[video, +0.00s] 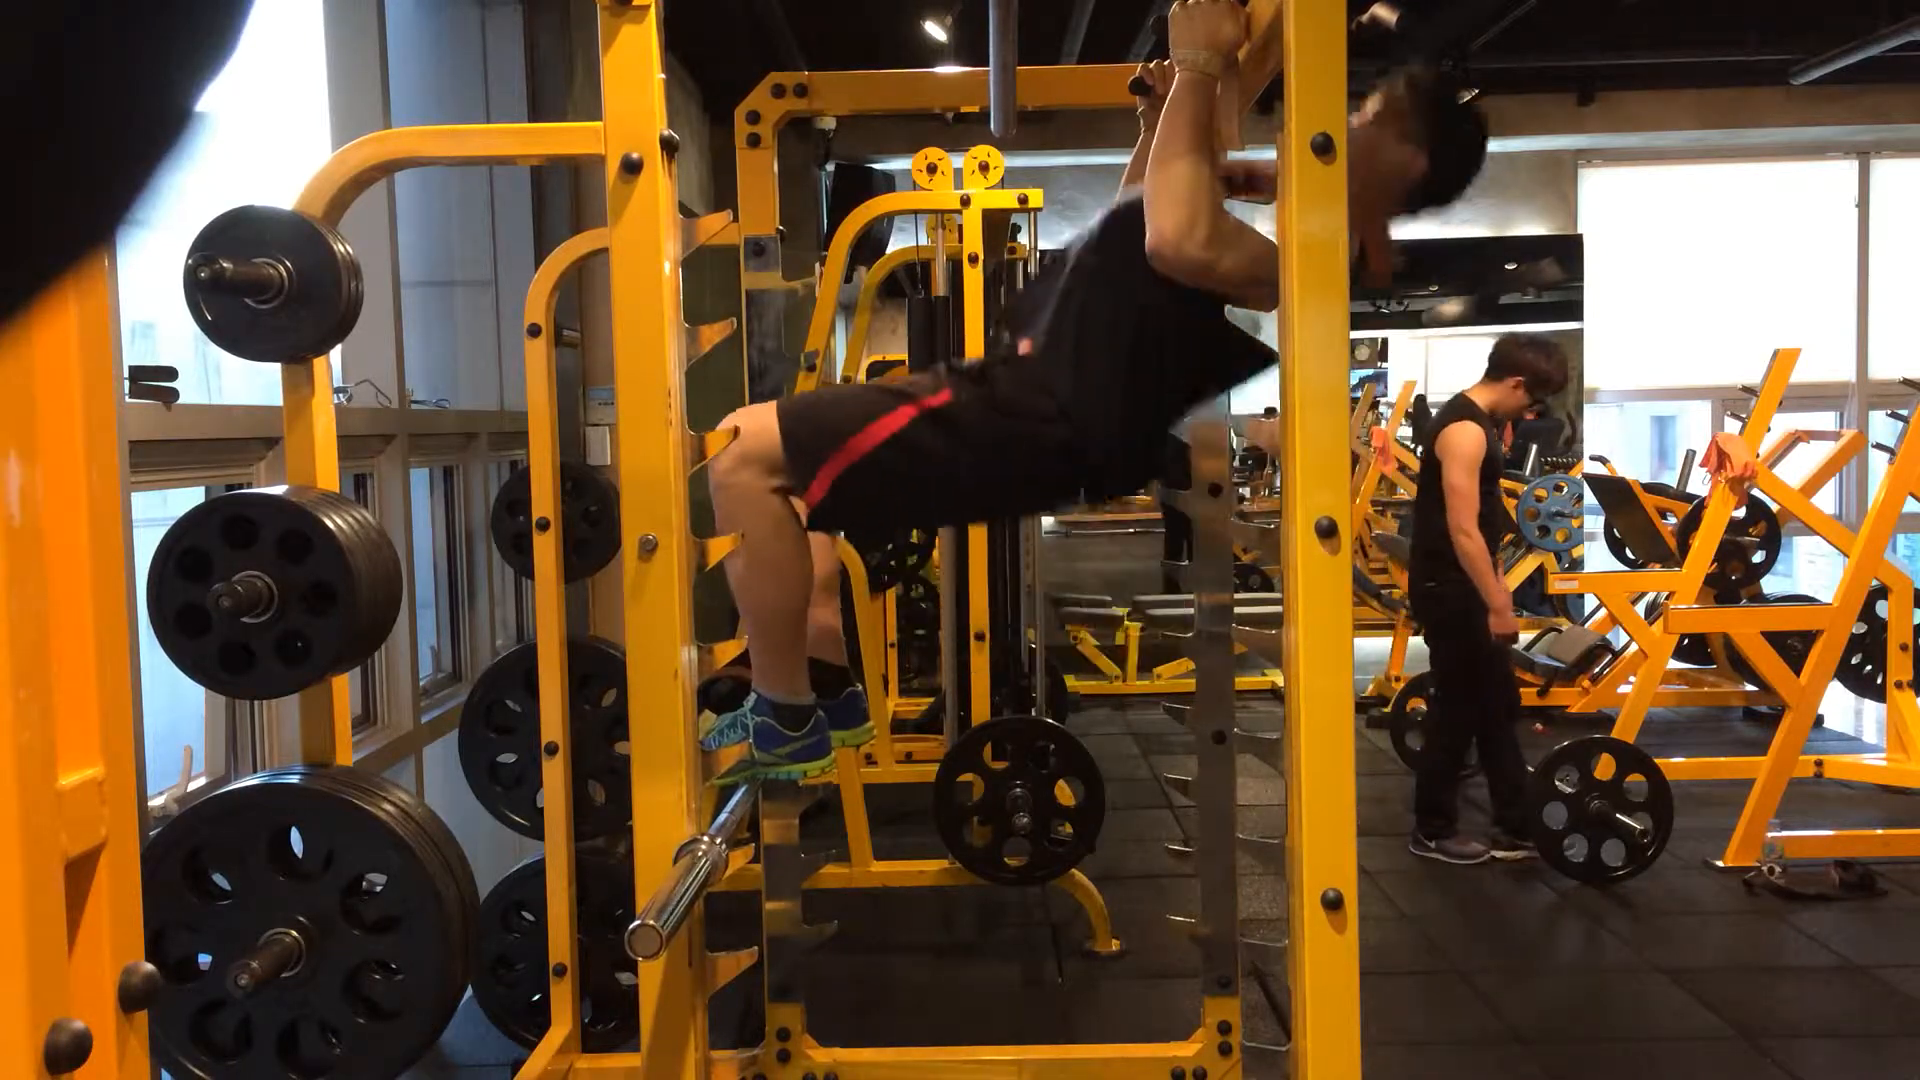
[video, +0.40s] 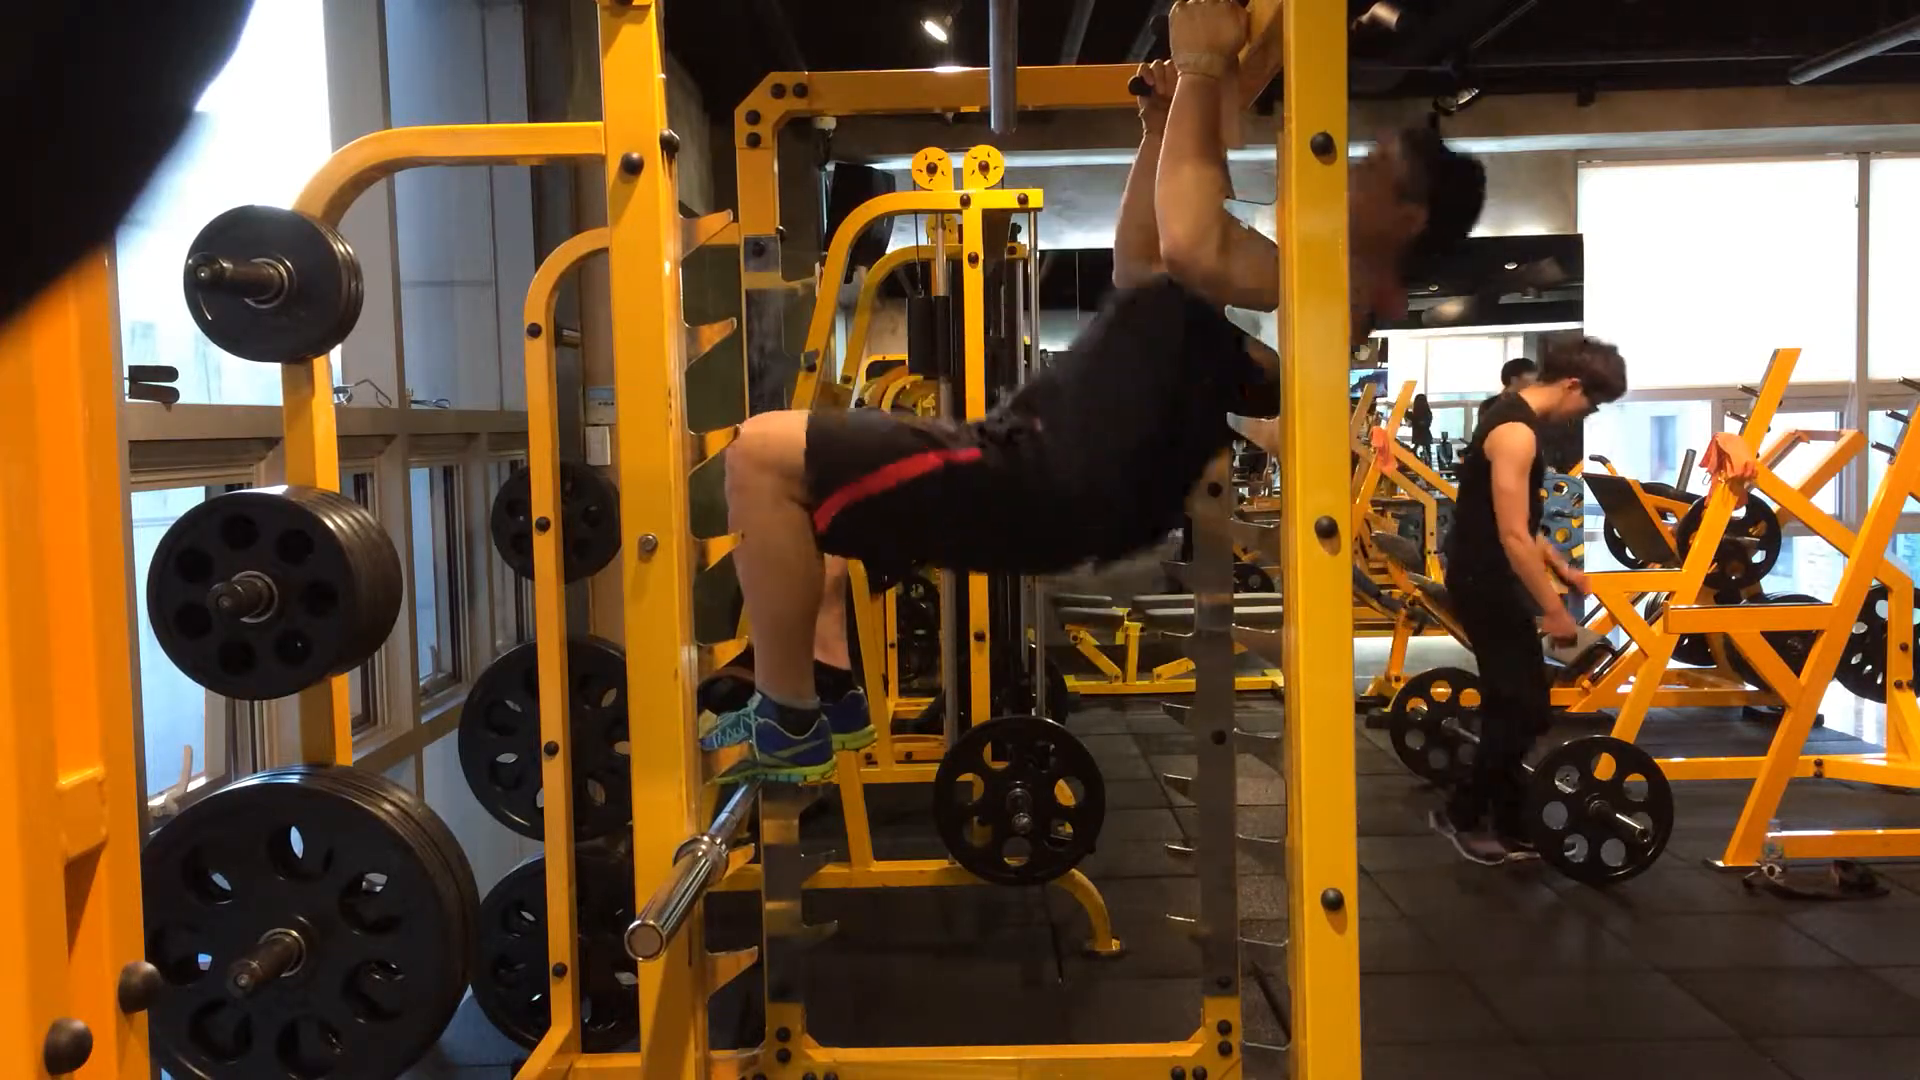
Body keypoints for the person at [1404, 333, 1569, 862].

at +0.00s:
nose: (1530, 411)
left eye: (1535, 403)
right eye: (1532, 400)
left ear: (1509, 382)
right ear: (1513, 383)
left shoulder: (1474, 423)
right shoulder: (1463, 430)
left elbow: (1472, 526)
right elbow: (1462, 531)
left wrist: (1495, 592)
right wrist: (1499, 603)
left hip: (1465, 588)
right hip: (1450, 591)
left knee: (1496, 706)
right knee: (1457, 709)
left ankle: (1515, 824)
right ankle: (1432, 830)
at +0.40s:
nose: (1583, 415)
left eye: (1589, 407)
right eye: (1588, 405)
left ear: (1566, 381)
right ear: (1572, 385)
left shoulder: (1513, 420)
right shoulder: (1514, 434)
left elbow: (1517, 524)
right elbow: (1512, 538)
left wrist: (1563, 569)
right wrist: (1554, 608)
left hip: (1493, 578)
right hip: (1486, 583)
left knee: (1522, 702)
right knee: (1516, 703)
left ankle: (1498, 821)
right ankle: (1472, 820)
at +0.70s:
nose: (1626, 452)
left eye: (1634, 446)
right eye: (1632, 441)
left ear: (1615, 415)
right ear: (1617, 419)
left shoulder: (1565, 443)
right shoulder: (1552, 455)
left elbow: (1586, 520)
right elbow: (1539, 560)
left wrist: (1631, 568)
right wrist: (1567, 632)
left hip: (1495, 574)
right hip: (1478, 577)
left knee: (1509, 701)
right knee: (1503, 704)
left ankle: (1504, 824)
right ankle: (1494, 838)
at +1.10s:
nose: (1662, 517)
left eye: (1671, 515)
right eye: (1670, 511)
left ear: (1661, 469)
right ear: (1664, 484)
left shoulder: (1606, 446)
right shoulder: (1606, 516)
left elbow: (1616, 539)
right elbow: (1585, 618)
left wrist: (1652, 590)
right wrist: (1594, 697)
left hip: (1471, 551)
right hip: (1483, 570)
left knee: (1501, 700)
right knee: (1501, 705)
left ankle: (1495, 824)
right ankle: (1493, 838)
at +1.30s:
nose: (1680, 532)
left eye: (1690, 528)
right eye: (1687, 524)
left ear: (1677, 476)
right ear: (1682, 503)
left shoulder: (1618, 446)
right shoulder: (1624, 530)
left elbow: (1622, 540)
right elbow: (1595, 632)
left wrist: (1653, 591)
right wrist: (1602, 716)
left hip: (1465, 547)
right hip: (1489, 572)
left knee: (1462, 687)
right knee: (1498, 707)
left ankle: (1440, 795)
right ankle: (1493, 839)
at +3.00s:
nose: (1618, 482)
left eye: (1627, 477)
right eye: (1626, 475)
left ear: (1613, 437)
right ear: (1623, 453)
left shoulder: (1549, 435)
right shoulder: (1562, 483)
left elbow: (1592, 526)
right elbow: (1547, 584)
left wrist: (1636, 578)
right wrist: (1566, 674)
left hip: (1433, 565)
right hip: (1462, 581)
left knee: (1433, 693)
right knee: (1483, 710)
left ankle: (1406, 807)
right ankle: (1490, 838)